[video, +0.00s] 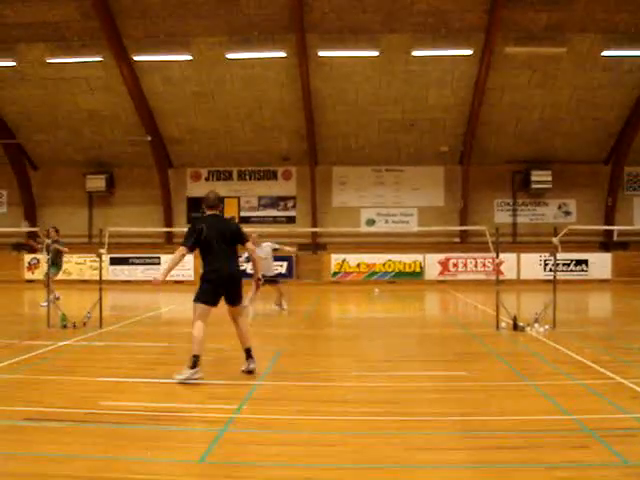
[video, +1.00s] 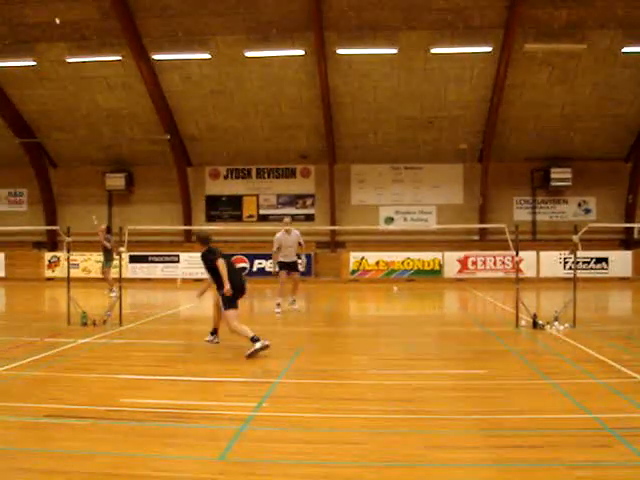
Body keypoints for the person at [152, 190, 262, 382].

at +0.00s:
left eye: (206, 208)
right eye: (218, 206)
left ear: (204, 207)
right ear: (220, 207)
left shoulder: (198, 226)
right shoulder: (231, 225)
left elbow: (182, 252)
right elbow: (252, 250)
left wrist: (164, 275)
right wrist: (258, 275)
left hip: (211, 277)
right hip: (233, 277)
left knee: (199, 320)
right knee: (238, 316)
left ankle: (194, 366)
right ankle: (250, 358)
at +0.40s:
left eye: (232, 222)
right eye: (242, 223)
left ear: (229, 224)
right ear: (244, 226)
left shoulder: (217, 240)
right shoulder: (249, 247)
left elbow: (190, 245)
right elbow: (265, 272)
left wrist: (164, 256)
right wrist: (267, 297)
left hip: (215, 290)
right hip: (238, 290)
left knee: (209, 330)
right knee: (255, 329)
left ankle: (208, 362)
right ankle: (271, 362)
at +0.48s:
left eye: (238, 224)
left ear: (237, 227)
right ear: (251, 229)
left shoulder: (226, 241)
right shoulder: (254, 249)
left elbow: (205, 244)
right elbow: (260, 275)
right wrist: (264, 293)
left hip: (224, 290)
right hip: (246, 291)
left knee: (212, 325)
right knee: (262, 327)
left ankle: (216, 341)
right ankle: (278, 360)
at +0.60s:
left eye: (228, 217)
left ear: (228, 220)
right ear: (242, 220)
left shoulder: (225, 236)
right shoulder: (247, 237)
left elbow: (212, 256)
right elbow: (251, 261)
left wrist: (213, 268)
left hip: (233, 281)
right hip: (251, 281)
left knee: (222, 316)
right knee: (253, 322)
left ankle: (246, 347)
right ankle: (276, 336)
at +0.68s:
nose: (225, 221)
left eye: (226, 218)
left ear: (227, 220)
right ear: (240, 220)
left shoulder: (227, 235)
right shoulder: (247, 236)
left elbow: (225, 251)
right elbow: (253, 258)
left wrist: (220, 269)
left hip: (239, 279)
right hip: (256, 277)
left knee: (236, 318)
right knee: (251, 317)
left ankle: (256, 348)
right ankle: (269, 329)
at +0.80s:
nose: (212, 230)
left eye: (212, 227)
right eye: (213, 227)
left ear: (215, 227)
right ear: (226, 227)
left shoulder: (219, 239)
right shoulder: (232, 238)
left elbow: (224, 256)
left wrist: (222, 281)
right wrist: (219, 268)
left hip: (239, 276)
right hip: (251, 274)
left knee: (236, 316)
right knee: (234, 306)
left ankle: (258, 344)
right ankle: (237, 336)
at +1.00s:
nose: (197, 245)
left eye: (197, 243)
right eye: (197, 242)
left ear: (200, 243)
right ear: (208, 241)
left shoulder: (207, 254)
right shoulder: (216, 252)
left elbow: (221, 263)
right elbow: (213, 278)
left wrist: (226, 284)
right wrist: (202, 291)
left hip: (228, 289)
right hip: (238, 285)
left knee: (233, 324)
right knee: (217, 301)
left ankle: (257, 340)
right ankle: (214, 333)